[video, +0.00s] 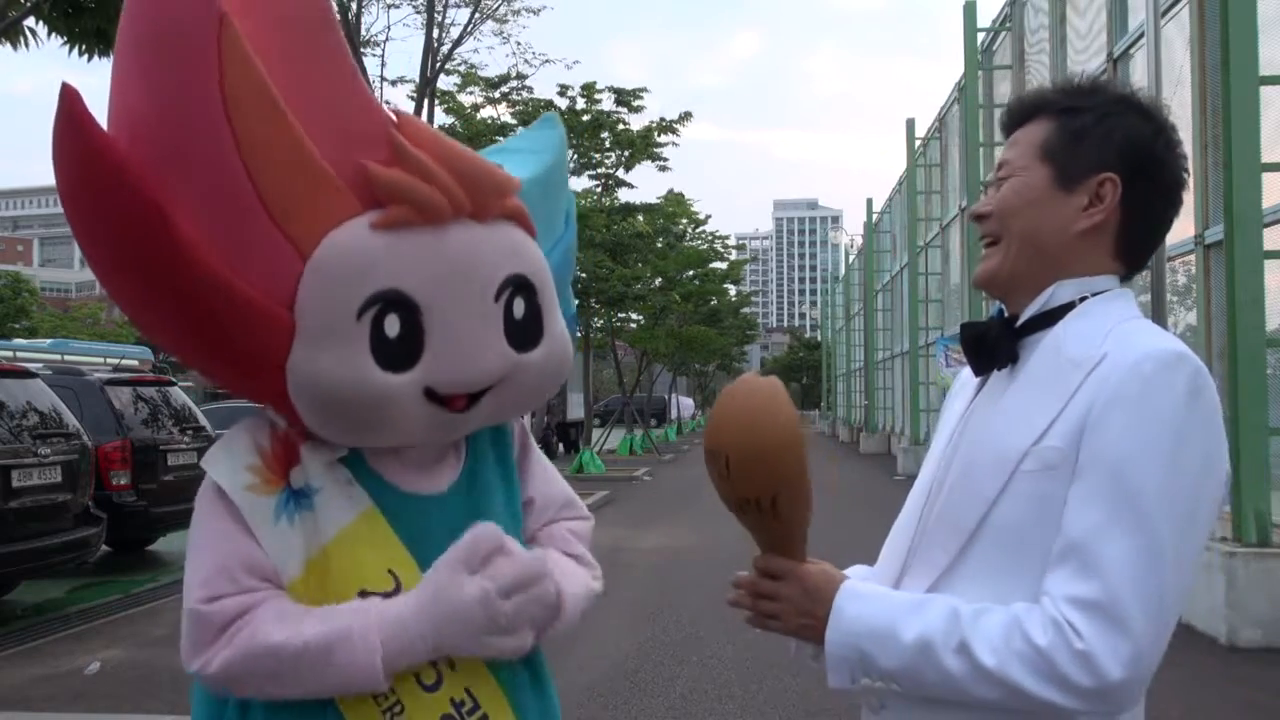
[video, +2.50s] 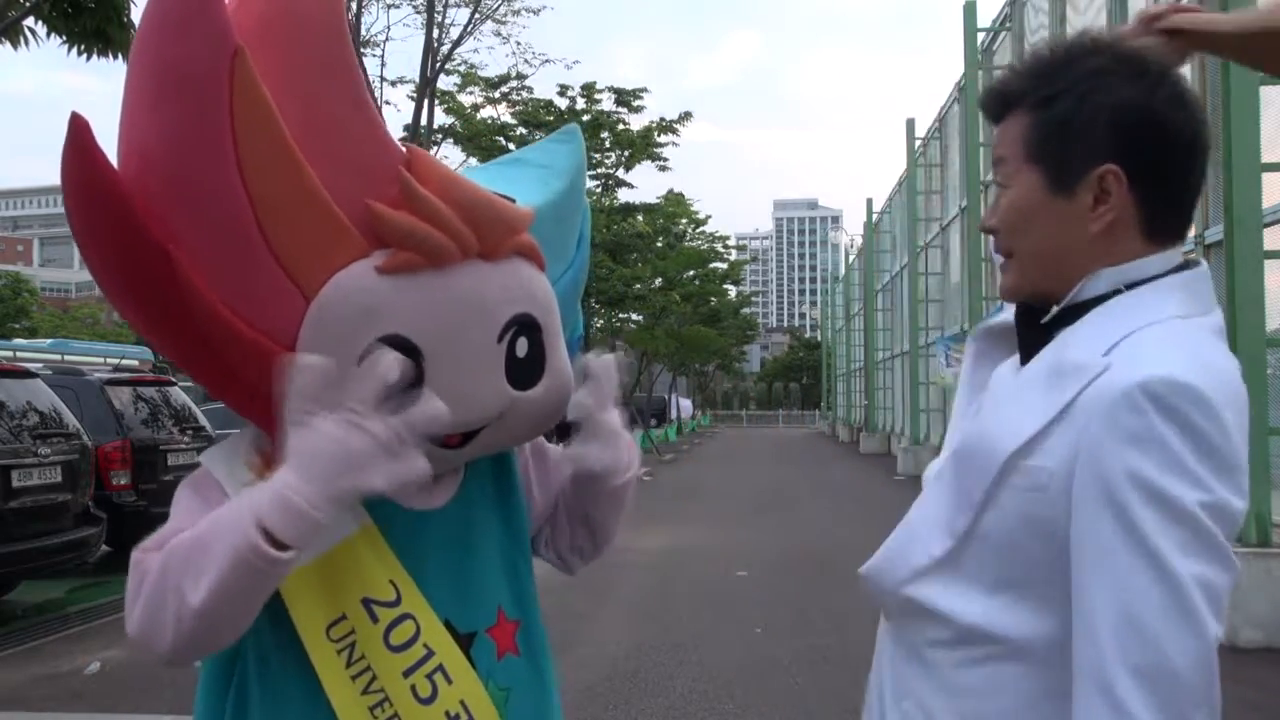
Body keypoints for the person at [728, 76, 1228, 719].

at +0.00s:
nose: (977, 208)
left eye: (1004, 178)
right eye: (990, 184)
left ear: (1095, 201)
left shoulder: (1150, 373)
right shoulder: (983, 372)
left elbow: (1093, 658)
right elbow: (935, 576)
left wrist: (846, 619)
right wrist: (828, 597)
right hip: (901, 702)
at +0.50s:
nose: (960, 206)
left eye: (983, 173)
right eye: (971, 179)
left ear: (1074, 189)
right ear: (1073, 192)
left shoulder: (1157, 364)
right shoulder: (991, 362)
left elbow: (1099, 656)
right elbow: (951, 569)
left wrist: (851, 615)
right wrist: (839, 588)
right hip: (916, 703)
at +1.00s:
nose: (914, 222)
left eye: (929, 186)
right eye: (920, 190)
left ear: (1019, 195)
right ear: (1019, 198)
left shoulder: (1136, 376)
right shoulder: (985, 364)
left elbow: (1151, 686)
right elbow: (959, 580)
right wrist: (855, 622)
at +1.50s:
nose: (833, 251)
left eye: (845, 218)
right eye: (837, 222)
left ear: (928, 223)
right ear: (927, 226)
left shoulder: (1055, 374)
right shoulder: (911, 389)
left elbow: (1151, 673)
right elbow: (910, 598)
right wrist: (815, 659)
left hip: (1031, 711)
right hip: (927, 709)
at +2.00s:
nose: (935, 222)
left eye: (954, 186)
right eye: (943, 190)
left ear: (1042, 198)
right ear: (1035, 200)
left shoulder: (1142, 356)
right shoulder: (1011, 356)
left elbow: (1139, 668)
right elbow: (964, 551)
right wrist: (823, 574)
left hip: (1020, 705)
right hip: (931, 701)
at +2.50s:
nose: (986, 219)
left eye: (1002, 184)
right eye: (992, 187)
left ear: (1102, 198)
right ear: (1099, 200)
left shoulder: (1153, 385)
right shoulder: (1074, 337)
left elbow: (1145, 699)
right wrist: (1118, 71)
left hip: (989, 703)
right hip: (917, 691)